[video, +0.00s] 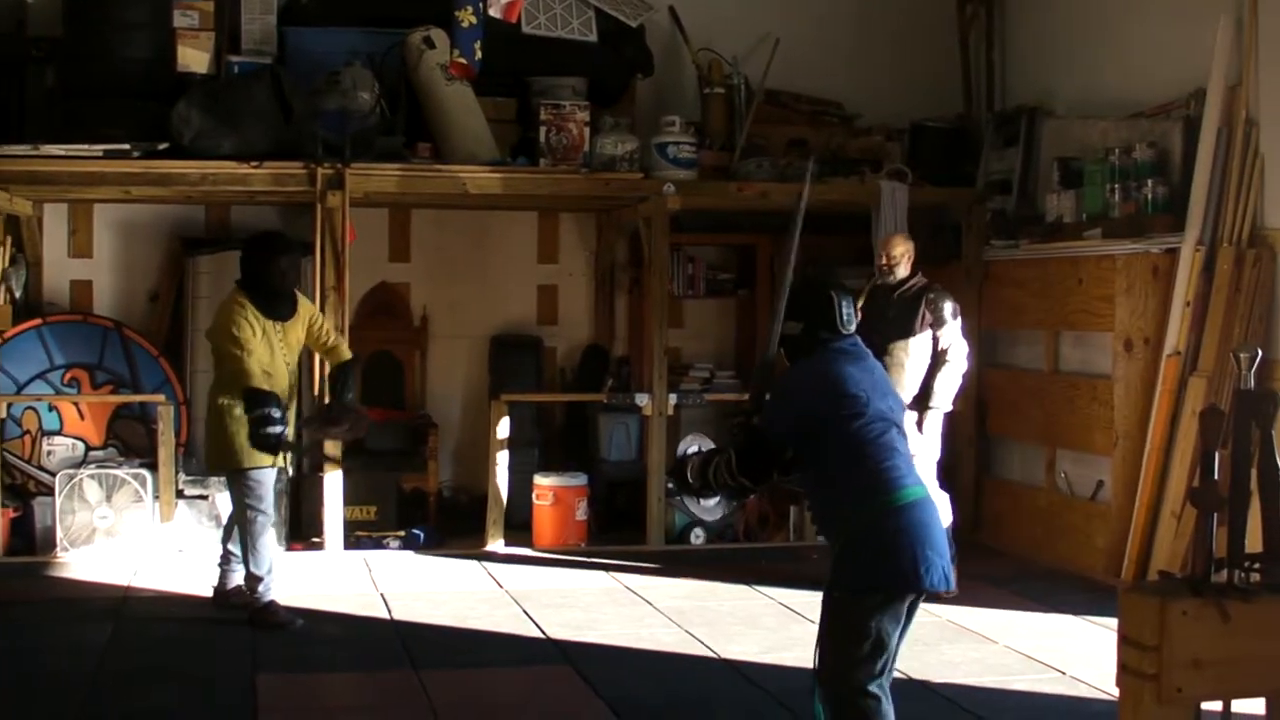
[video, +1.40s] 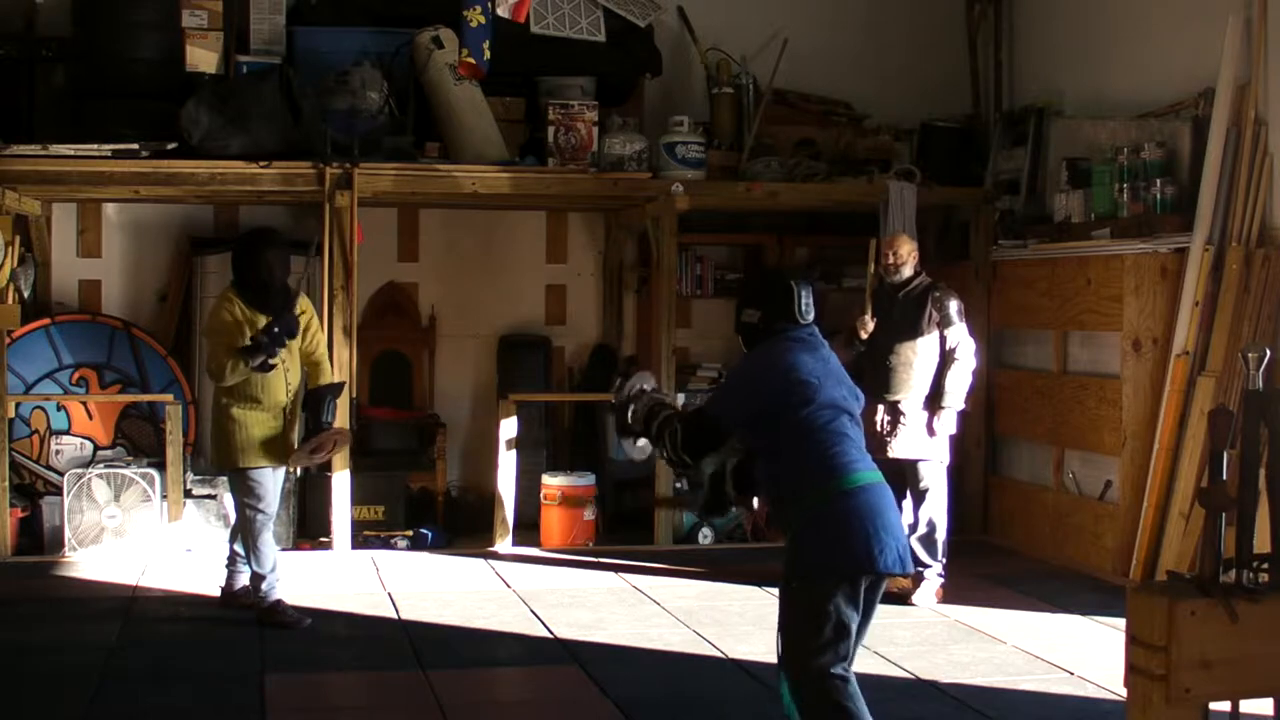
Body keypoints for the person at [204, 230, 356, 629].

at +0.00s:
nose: (291, 276)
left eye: (294, 268)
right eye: (283, 268)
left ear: (295, 268)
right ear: (259, 271)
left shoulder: (299, 308)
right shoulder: (236, 313)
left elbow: (331, 342)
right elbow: (244, 365)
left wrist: (343, 386)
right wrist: (263, 407)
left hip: (277, 418)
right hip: (240, 419)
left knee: (253, 504)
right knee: (258, 507)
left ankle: (230, 583)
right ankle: (262, 596)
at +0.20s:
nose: (296, 278)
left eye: (298, 269)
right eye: (288, 270)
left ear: (296, 270)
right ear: (264, 272)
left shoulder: (298, 302)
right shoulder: (241, 311)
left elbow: (331, 319)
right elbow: (256, 346)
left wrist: (363, 339)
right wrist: (287, 364)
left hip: (281, 425)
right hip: (247, 426)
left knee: (259, 507)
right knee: (261, 509)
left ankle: (237, 583)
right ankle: (268, 596)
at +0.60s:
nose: (293, 277)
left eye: (295, 268)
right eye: (284, 268)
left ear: (298, 267)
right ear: (260, 269)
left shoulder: (302, 304)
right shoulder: (235, 314)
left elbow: (334, 339)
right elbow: (242, 380)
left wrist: (346, 360)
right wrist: (288, 370)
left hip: (284, 428)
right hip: (249, 428)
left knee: (260, 507)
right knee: (263, 509)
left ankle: (236, 584)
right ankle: (267, 594)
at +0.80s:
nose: (295, 275)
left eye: (296, 266)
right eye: (285, 267)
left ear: (297, 267)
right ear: (258, 270)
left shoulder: (306, 312)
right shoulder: (231, 316)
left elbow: (324, 359)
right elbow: (218, 379)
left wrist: (319, 398)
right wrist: (255, 377)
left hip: (288, 425)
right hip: (248, 425)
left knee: (261, 504)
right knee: (264, 506)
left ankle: (237, 582)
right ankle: (268, 594)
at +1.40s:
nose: (282, 273)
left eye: (285, 264)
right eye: (273, 265)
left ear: (287, 265)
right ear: (250, 268)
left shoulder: (298, 306)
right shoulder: (227, 310)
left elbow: (318, 362)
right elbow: (221, 371)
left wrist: (321, 418)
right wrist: (265, 343)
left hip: (283, 425)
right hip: (244, 426)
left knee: (261, 506)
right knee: (261, 506)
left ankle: (237, 582)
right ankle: (268, 595)